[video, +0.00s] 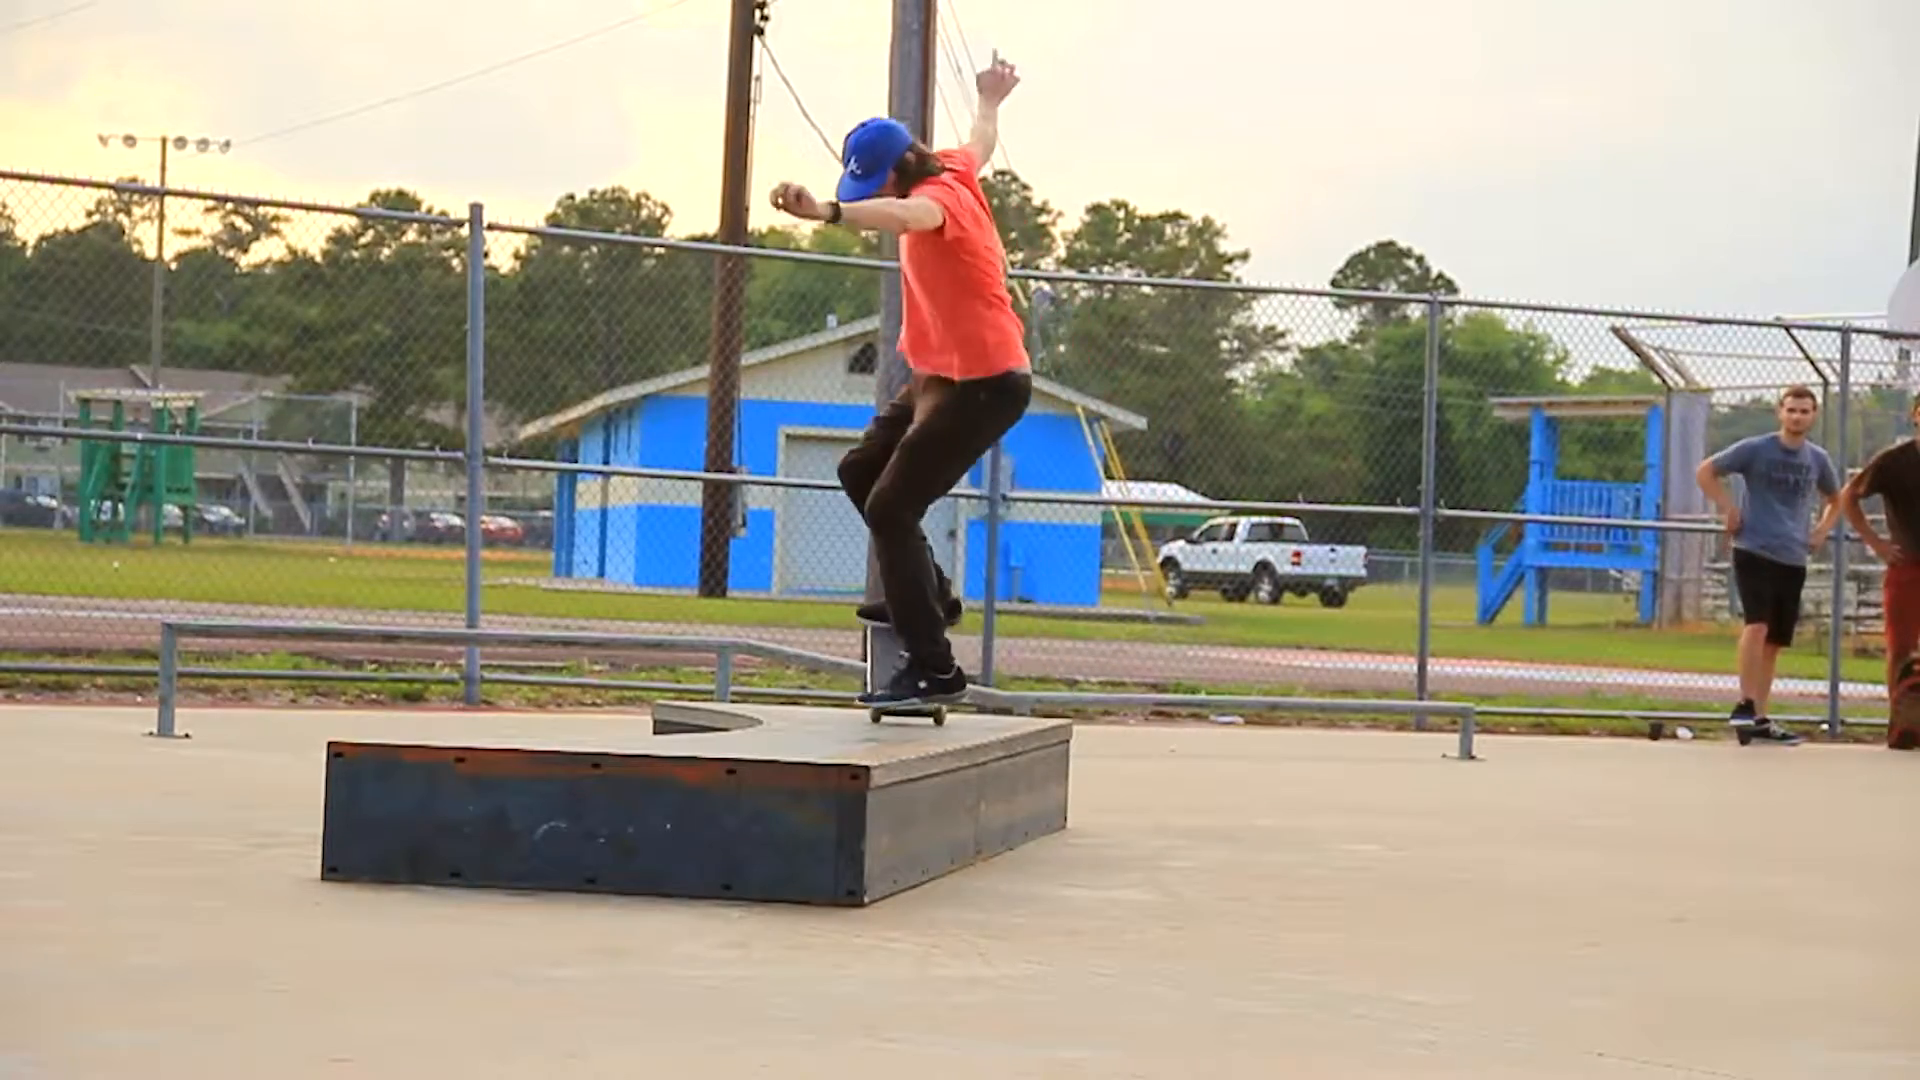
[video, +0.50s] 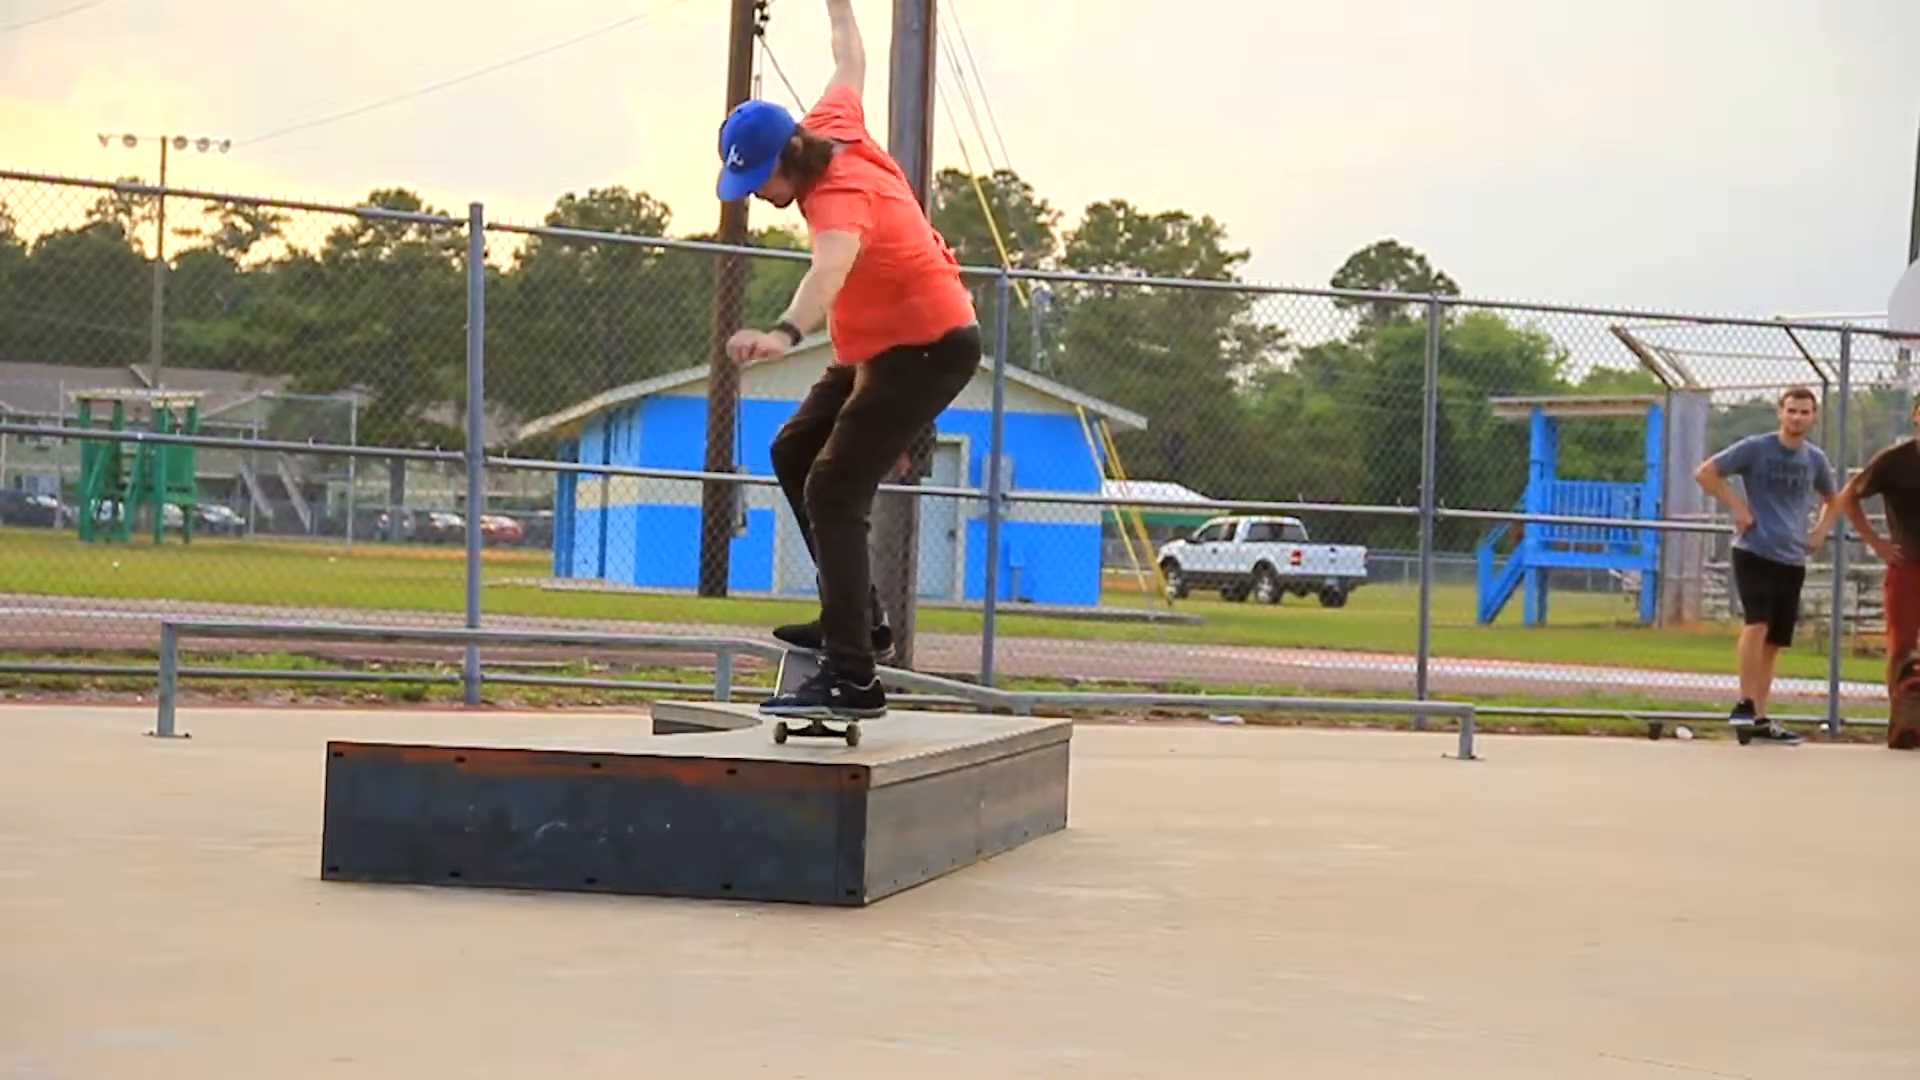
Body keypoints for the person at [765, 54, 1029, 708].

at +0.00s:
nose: (879, 196)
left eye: (878, 186)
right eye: (871, 190)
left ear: (904, 167)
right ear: (915, 160)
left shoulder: (939, 192)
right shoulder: (951, 169)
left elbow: (911, 213)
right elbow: (979, 145)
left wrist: (826, 211)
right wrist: (989, 103)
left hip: (985, 382)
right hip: (944, 376)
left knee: (891, 508)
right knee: (860, 473)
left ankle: (934, 668)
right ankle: (931, 593)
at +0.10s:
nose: (851, 189)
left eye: (857, 178)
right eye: (844, 180)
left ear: (883, 157)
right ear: (869, 145)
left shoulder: (915, 188)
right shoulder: (922, 138)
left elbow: (871, 207)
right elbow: (948, 91)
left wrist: (811, 203)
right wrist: (948, 33)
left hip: (969, 360)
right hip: (939, 353)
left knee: (887, 495)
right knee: (853, 456)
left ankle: (917, 668)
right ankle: (927, 590)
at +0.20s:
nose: (831, 201)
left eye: (833, 189)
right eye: (823, 192)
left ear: (860, 169)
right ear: (850, 160)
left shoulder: (888, 218)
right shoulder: (897, 131)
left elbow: (843, 273)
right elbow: (915, 52)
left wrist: (788, 316)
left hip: (957, 350)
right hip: (933, 343)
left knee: (886, 487)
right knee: (852, 448)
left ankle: (892, 661)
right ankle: (915, 608)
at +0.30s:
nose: (803, 220)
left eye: (806, 208)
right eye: (795, 210)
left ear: (832, 185)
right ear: (825, 173)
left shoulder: (866, 236)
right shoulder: (864, 138)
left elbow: (836, 340)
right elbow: (887, 47)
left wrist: (788, 423)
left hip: (949, 352)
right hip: (910, 346)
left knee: (873, 490)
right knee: (835, 461)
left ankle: (873, 665)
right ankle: (896, 622)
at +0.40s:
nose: (780, 220)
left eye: (781, 209)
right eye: (772, 211)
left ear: (807, 186)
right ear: (790, 173)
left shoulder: (849, 228)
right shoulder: (840, 133)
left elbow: (840, 341)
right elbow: (859, 50)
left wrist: (797, 426)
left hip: (939, 351)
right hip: (893, 346)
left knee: (854, 497)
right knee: (816, 461)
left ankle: (857, 677)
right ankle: (891, 618)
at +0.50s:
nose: (762, 197)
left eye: (765, 183)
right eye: (753, 187)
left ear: (792, 161)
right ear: (774, 154)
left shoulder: (838, 194)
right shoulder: (826, 123)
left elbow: (831, 266)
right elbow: (849, 53)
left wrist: (786, 331)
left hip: (929, 346)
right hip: (882, 342)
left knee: (834, 488)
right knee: (793, 452)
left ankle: (850, 678)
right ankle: (857, 617)